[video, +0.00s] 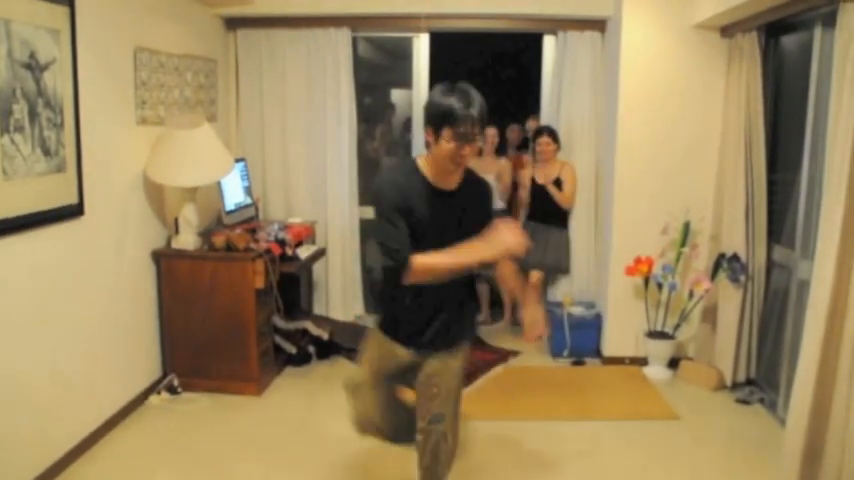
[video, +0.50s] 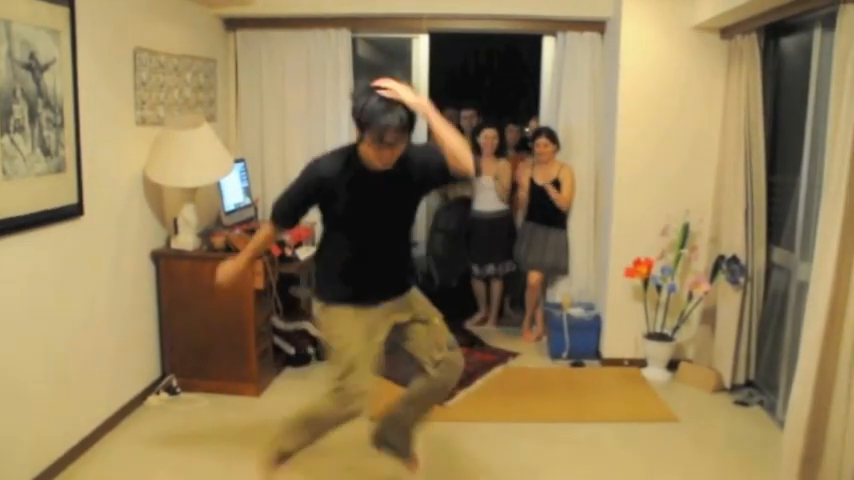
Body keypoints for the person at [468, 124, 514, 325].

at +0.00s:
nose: (492, 140)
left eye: (495, 136)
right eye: (489, 136)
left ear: (499, 139)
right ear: (482, 138)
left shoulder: (504, 164)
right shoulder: (471, 163)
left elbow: (505, 194)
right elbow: (467, 193)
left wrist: (495, 179)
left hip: (497, 213)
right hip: (476, 213)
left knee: (499, 265)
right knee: (479, 267)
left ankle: (507, 314)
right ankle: (484, 310)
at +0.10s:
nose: (489, 139)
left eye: (493, 135)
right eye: (485, 135)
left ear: (497, 139)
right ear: (477, 138)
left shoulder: (503, 164)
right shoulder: (468, 164)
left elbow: (505, 194)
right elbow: (462, 191)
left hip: (497, 213)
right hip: (475, 214)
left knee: (497, 268)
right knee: (478, 268)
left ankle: (502, 314)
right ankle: (483, 311)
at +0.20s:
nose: (489, 140)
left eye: (493, 135)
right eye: (485, 135)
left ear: (497, 139)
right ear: (477, 137)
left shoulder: (502, 164)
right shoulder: (470, 163)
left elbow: (504, 193)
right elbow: (465, 191)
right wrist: (464, 174)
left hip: (497, 212)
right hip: (476, 212)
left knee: (495, 268)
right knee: (479, 267)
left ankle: (498, 313)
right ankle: (483, 310)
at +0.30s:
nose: (489, 141)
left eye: (493, 137)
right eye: (485, 137)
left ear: (497, 140)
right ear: (478, 139)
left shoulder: (502, 163)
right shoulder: (469, 162)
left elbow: (501, 192)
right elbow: (467, 191)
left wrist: (489, 176)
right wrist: (481, 177)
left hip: (497, 213)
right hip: (476, 213)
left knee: (494, 270)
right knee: (479, 269)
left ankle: (493, 313)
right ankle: (482, 311)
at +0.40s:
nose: (489, 142)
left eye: (493, 138)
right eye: (485, 138)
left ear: (497, 141)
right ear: (478, 140)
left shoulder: (503, 164)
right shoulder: (469, 163)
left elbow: (503, 194)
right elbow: (466, 193)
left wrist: (490, 179)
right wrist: (479, 181)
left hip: (498, 215)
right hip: (477, 214)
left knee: (495, 269)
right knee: (478, 268)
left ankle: (493, 313)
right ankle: (482, 310)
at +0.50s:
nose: (488, 142)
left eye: (492, 138)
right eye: (484, 137)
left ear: (498, 142)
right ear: (478, 140)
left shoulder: (503, 165)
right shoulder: (473, 164)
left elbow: (505, 194)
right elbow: (468, 188)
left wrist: (495, 178)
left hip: (498, 214)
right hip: (477, 214)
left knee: (496, 270)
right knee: (477, 268)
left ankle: (493, 314)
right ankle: (481, 309)